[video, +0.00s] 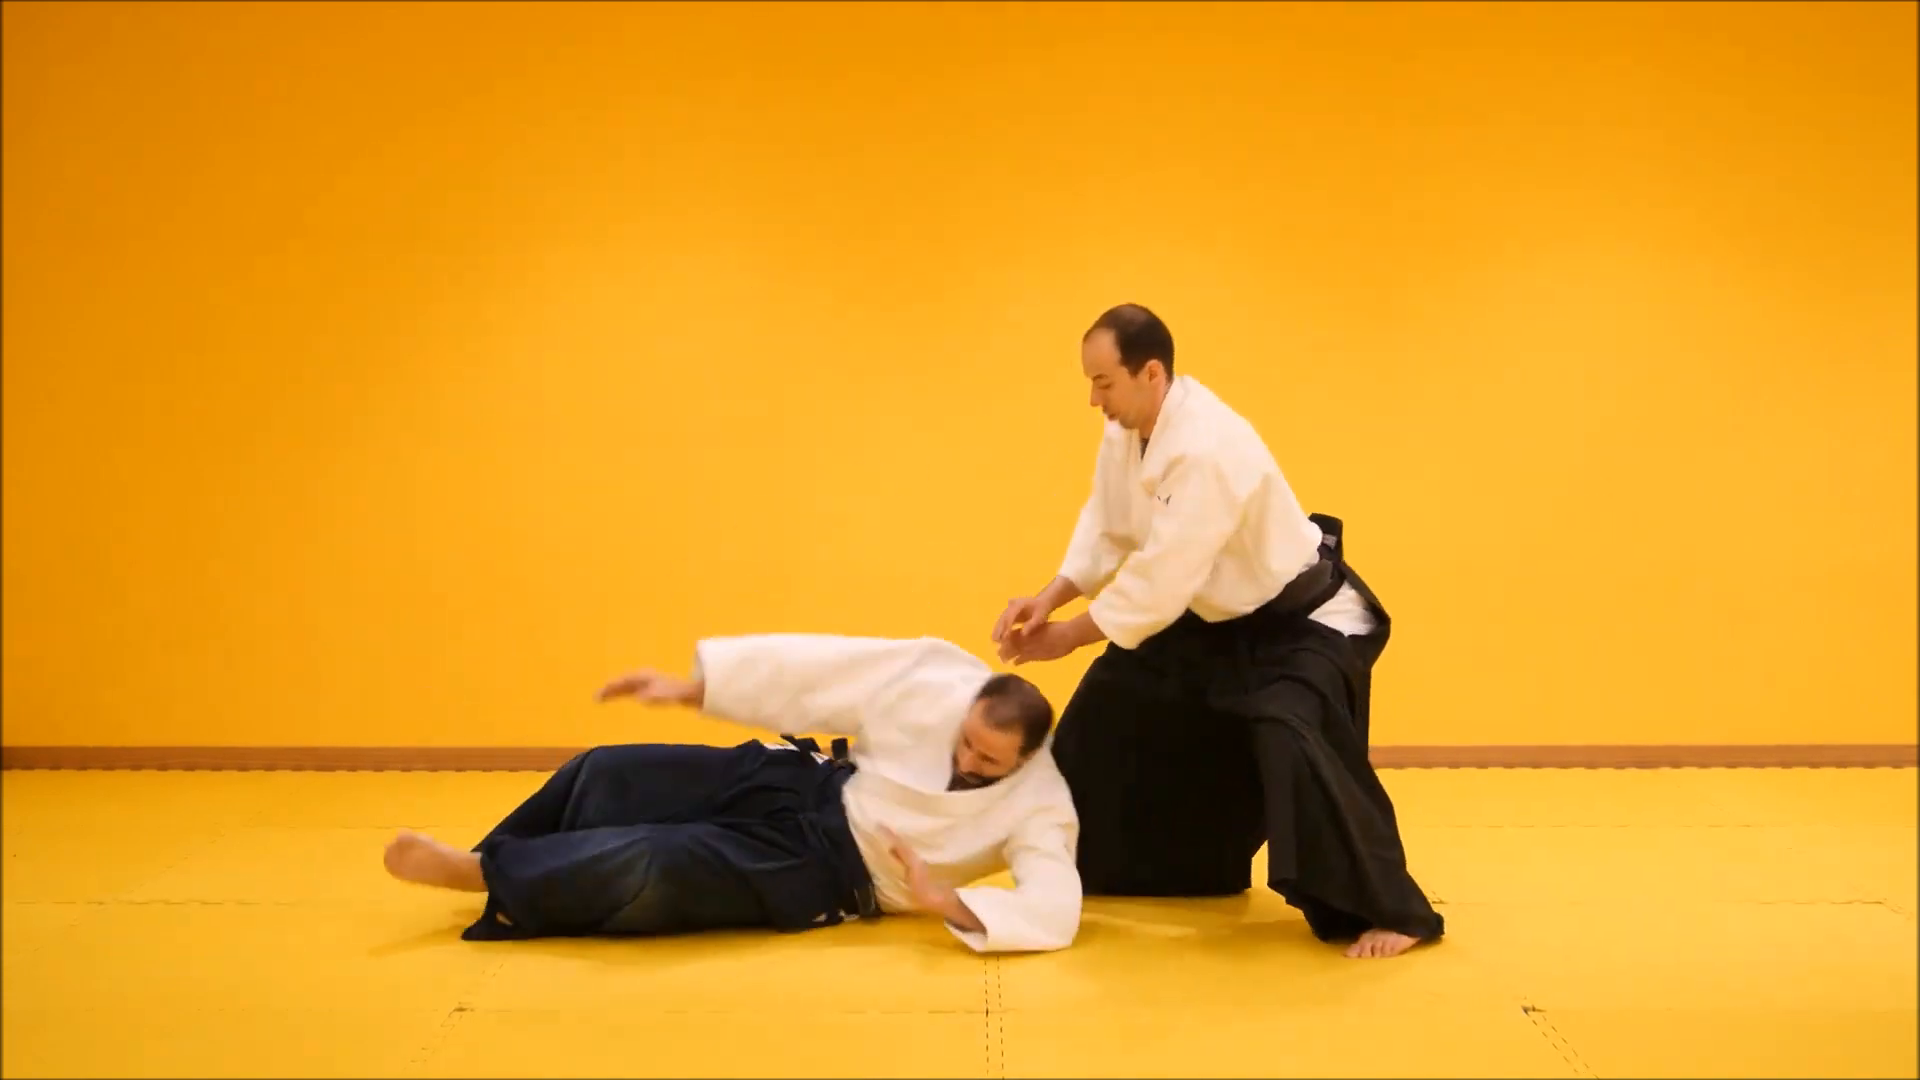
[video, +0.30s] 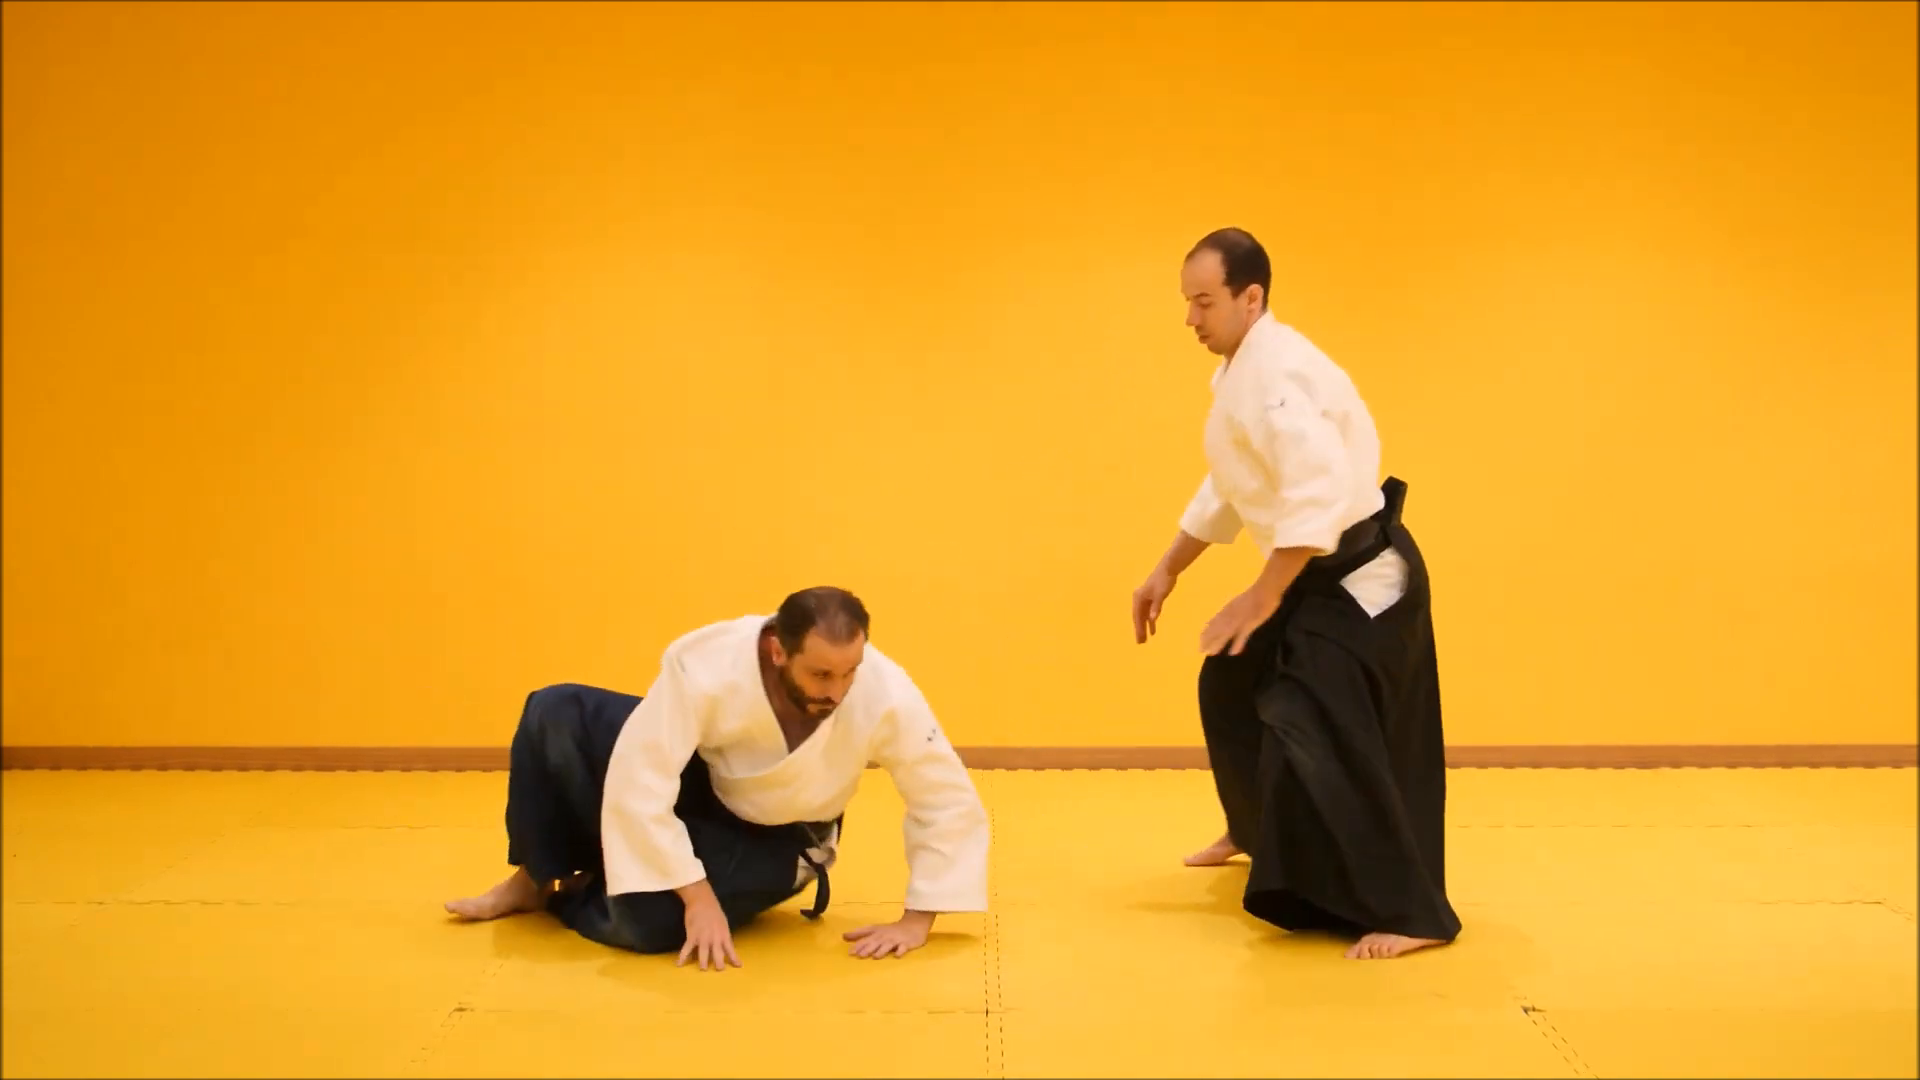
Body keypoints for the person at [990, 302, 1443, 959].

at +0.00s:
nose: (1094, 397)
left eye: (1103, 380)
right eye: (1090, 381)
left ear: (1151, 373)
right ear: (1136, 377)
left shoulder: (1205, 446)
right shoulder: (1125, 430)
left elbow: (1164, 578)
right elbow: (1104, 529)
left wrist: (1069, 635)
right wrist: (1047, 597)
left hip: (1300, 621)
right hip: (1208, 619)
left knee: (1284, 730)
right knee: (1104, 702)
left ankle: (1393, 909)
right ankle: (1086, 860)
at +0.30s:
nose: (1191, 316)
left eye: (1202, 299)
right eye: (1187, 301)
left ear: (1250, 295)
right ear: (1235, 300)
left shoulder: (1279, 372)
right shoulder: (1240, 371)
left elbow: (1318, 499)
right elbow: (1229, 490)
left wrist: (1262, 595)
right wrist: (1167, 570)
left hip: (1361, 578)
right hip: (1309, 575)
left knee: (1304, 719)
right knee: (1226, 682)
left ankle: (1413, 912)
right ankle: (1254, 826)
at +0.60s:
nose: (1235, 304)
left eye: (1248, 287)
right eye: (1229, 290)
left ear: (1292, 287)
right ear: (1229, 296)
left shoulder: (1369, 359)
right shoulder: (1241, 384)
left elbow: (1469, 440)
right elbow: (1209, 484)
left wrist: (1419, 518)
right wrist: (1154, 566)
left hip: (1421, 545)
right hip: (1340, 554)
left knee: (1439, 702)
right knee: (1265, 687)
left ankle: (1517, 850)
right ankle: (1311, 829)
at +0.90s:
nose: (1324, 298)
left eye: (1338, 283)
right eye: (1322, 284)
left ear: (1386, 289)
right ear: (1327, 292)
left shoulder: (1470, 362)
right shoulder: (1325, 385)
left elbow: (1538, 452)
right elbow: (1268, 474)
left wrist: (1494, 522)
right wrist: (1199, 537)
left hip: (1482, 558)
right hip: (1386, 563)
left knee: (1544, 689)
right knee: (1296, 673)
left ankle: (1628, 818)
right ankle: (1320, 832)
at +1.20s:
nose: (1261, 305)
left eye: (1273, 293)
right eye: (1262, 292)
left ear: (1319, 296)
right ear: (1303, 298)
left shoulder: (1384, 360)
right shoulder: (1284, 384)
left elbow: (1319, 431)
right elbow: (1225, 453)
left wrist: (1197, 426)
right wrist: (1136, 468)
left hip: (1455, 560)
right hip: (1372, 572)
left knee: (1520, 701)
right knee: (1272, 680)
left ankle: (1613, 788)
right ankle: (1314, 840)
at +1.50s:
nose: (1168, 283)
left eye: (1168, 273)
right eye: (1171, 274)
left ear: (1182, 270)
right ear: (1237, 262)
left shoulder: (1185, 330)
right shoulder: (1285, 320)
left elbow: (1085, 346)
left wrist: (1042, 314)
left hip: (1263, 550)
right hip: (1323, 535)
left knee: (1162, 702)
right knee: (1305, 698)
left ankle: (1191, 854)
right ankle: (1314, 854)